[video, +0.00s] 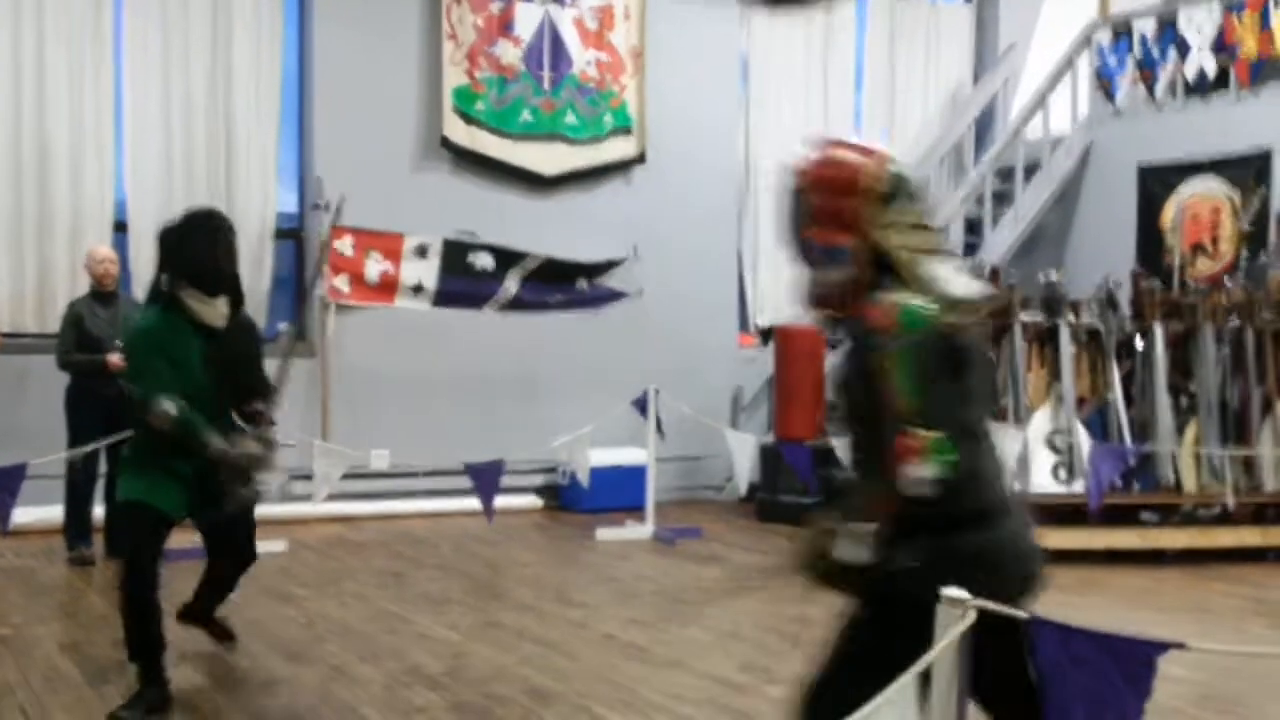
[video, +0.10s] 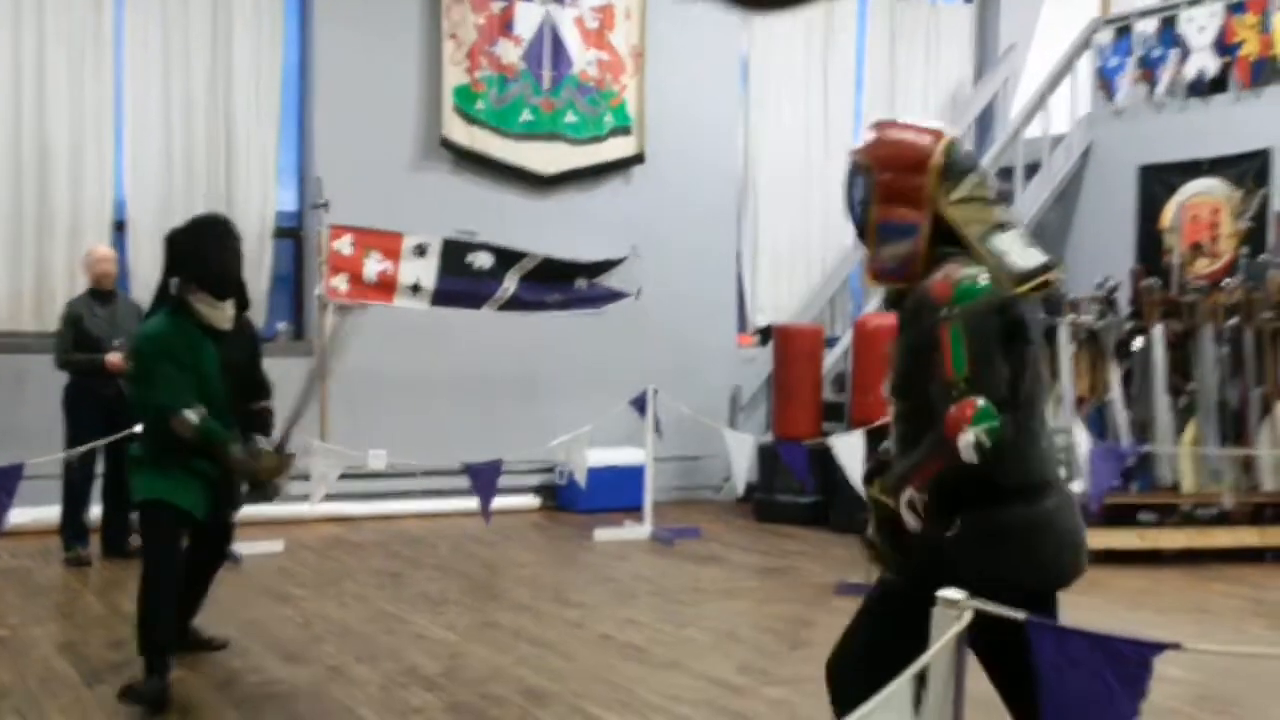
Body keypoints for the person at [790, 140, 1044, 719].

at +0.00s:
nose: (818, 274)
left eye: (831, 253)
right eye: (814, 253)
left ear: (870, 245)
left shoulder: (899, 330)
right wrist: (845, 521)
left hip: (941, 563)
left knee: (832, 706)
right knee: (1011, 697)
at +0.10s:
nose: (861, 228)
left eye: (868, 206)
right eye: (860, 207)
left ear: (906, 209)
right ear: (934, 206)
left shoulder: (949, 293)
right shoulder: (991, 280)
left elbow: (975, 420)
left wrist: (908, 489)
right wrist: (899, 470)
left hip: (975, 537)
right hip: (1021, 529)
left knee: (855, 675)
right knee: (1036, 692)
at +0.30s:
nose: (933, 202)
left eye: (938, 181)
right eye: (932, 183)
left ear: (976, 179)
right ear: (998, 175)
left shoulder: (1019, 251)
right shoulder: (1050, 250)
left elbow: (1004, 377)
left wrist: (934, 444)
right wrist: (925, 414)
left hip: (1014, 509)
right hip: (1056, 507)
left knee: (879, 626)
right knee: (1068, 683)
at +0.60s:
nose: (944, 187)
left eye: (952, 169)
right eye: (944, 170)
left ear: (983, 169)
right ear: (1017, 166)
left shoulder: (1004, 241)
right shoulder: (1061, 242)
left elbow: (976, 364)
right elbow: (1065, 386)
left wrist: (920, 426)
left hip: (993, 498)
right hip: (1047, 497)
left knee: (874, 621)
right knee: (1049, 671)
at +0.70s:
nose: (925, 187)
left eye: (932, 171)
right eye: (926, 171)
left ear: (959, 171)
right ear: (1005, 166)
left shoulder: (988, 234)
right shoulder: (1043, 236)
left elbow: (962, 359)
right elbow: (1066, 381)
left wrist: (905, 423)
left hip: (974, 488)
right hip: (1035, 490)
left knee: (893, 637)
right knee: (1017, 665)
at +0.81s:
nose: (911, 189)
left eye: (917, 172)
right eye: (911, 171)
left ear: (944, 170)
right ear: (989, 166)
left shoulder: (969, 235)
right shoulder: (1030, 240)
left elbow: (944, 357)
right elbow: (1052, 371)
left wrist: (892, 427)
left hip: (961, 480)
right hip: (1023, 479)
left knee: (926, 650)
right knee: (997, 642)